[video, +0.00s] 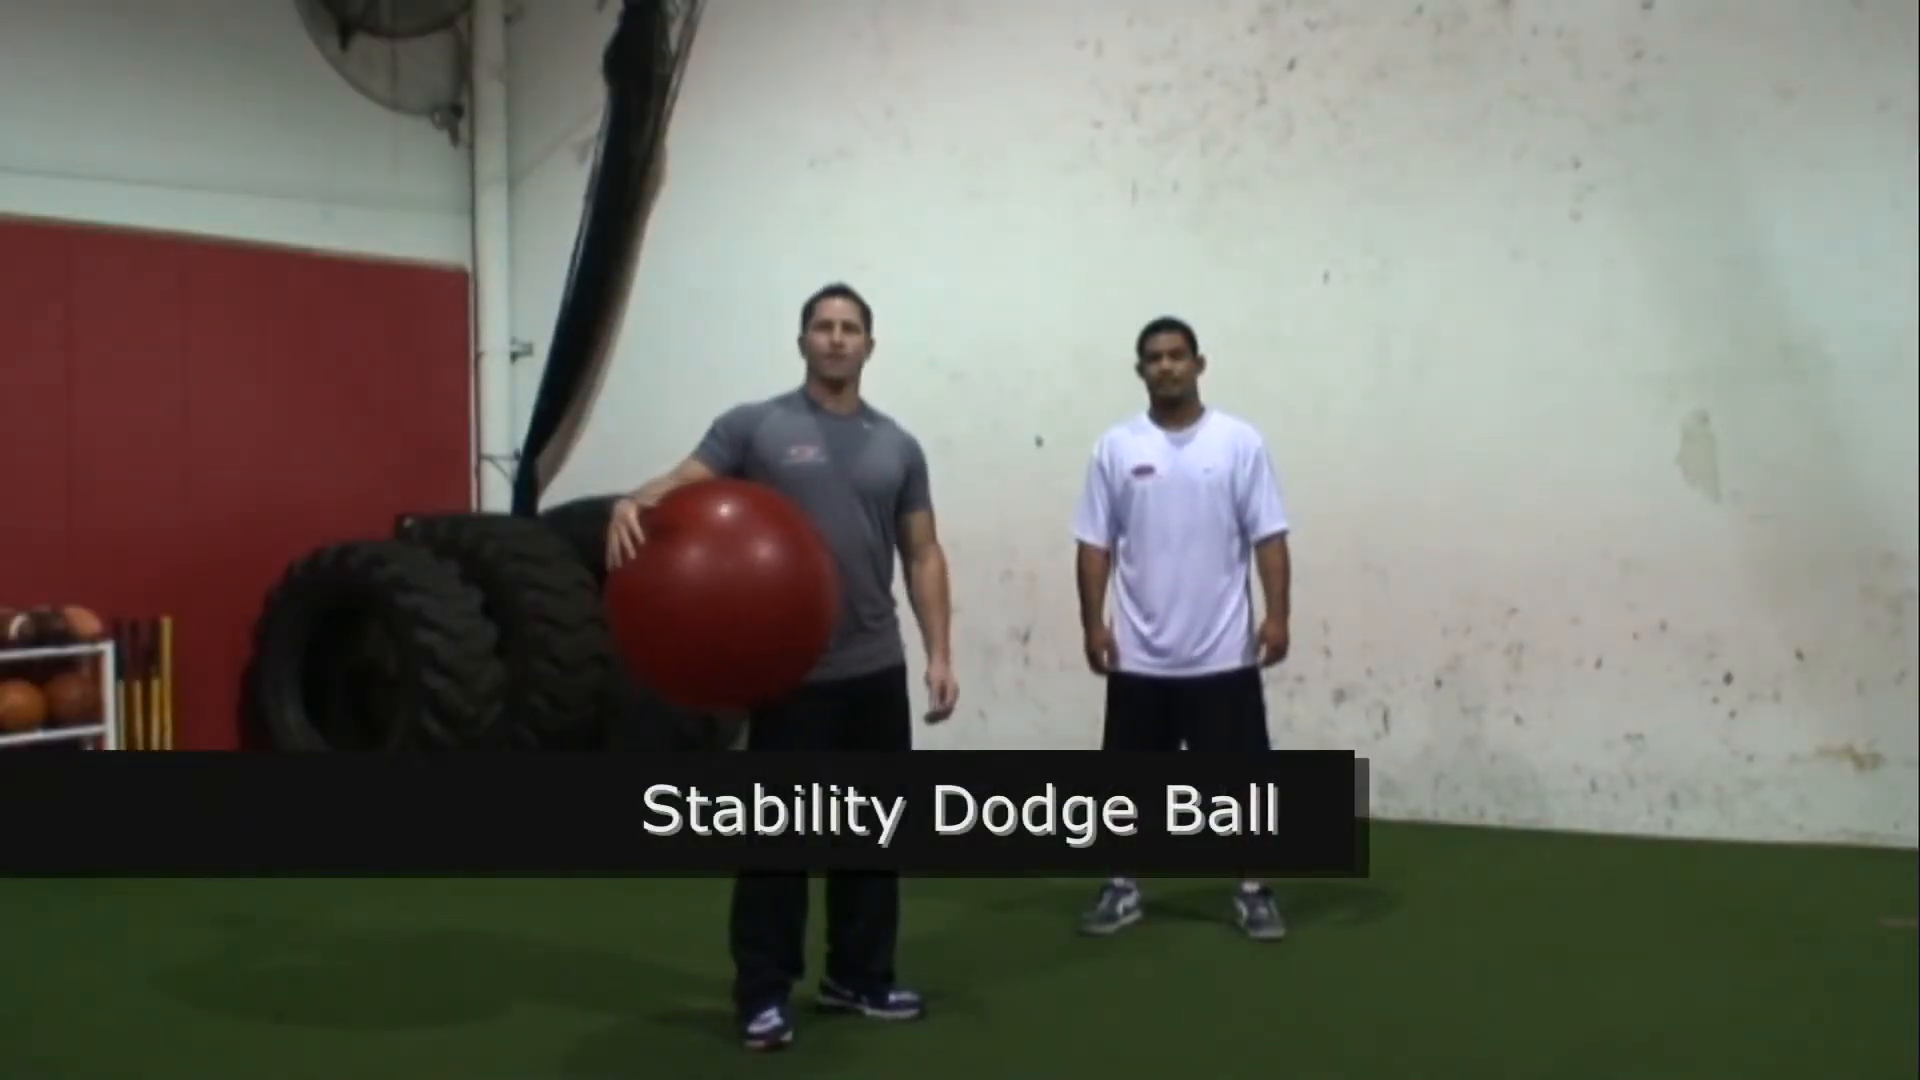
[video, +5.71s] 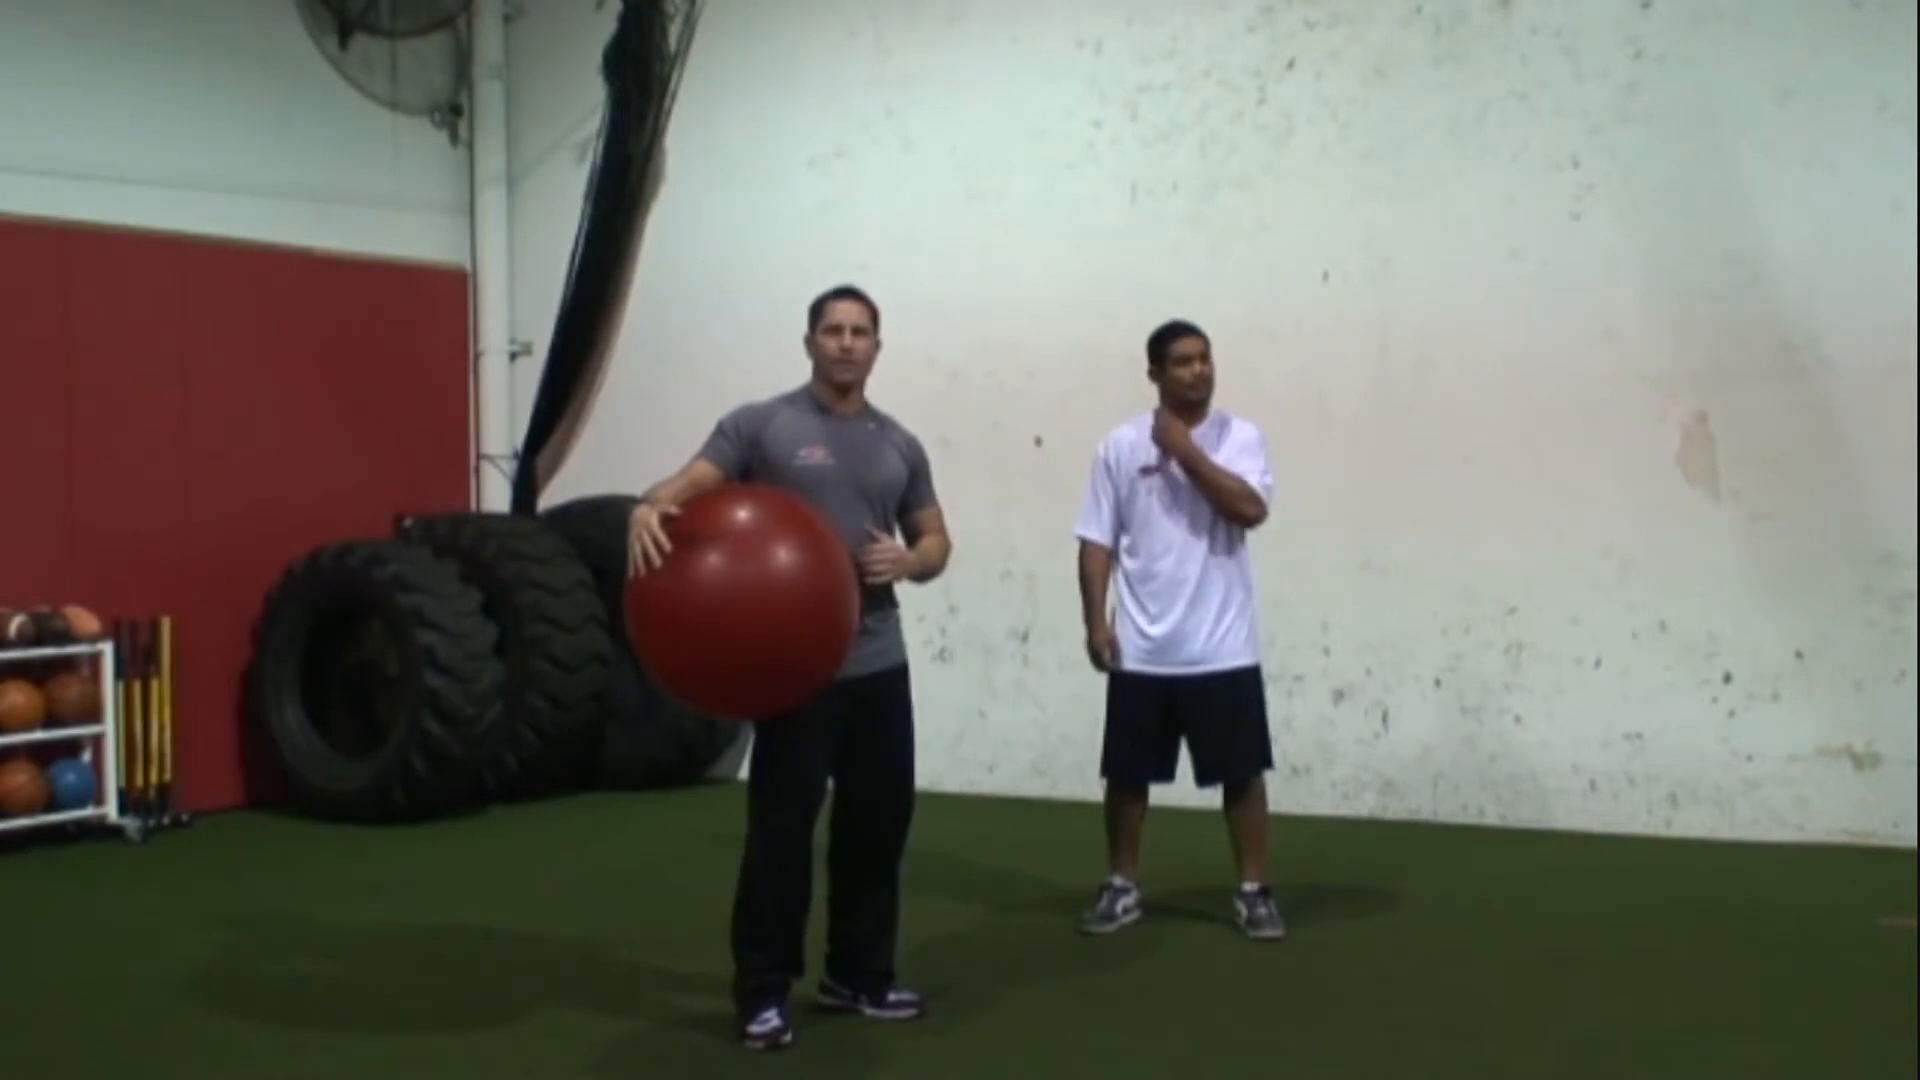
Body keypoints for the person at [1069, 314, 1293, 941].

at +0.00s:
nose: (1166, 366)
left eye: (1177, 356)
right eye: (1154, 358)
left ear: (1199, 364)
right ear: (1140, 371)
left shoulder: (1240, 442)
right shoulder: (1117, 447)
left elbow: (1269, 534)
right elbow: (1094, 540)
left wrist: (1277, 614)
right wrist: (1093, 622)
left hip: (1222, 647)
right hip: (1141, 648)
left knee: (1241, 777)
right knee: (1125, 778)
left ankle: (1252, 886)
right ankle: (1123, 883)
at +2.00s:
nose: (1165, 367)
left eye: (1176, 356)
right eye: (1153, 359)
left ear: (1198, 364)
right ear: (1140, 372)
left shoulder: (1241, 442)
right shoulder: (1116, 447)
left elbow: (1270, 533)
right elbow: (1092, 540)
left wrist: (1278, 612)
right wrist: (1090, 621)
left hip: (1222, 646)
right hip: (1140, 647)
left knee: (1245, 779)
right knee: (1124, 780)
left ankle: (1254, 889)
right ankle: (1122, 885)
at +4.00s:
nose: (1163, 368)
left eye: (1174, 357)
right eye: (1152, 360)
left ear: (1197, 365)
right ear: (1138, 372)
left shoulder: (1239, 443)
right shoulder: (1116, 449)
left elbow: (1268, 535)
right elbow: (1094, 541)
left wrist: (1274, 616)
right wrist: (1091, 622)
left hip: (1220, 645)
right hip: (1138, 646)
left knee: (1242, 776)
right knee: (1123, 777)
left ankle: (1254, 889)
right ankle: (1122, 883)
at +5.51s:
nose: (1178, 367)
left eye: (1187, 357)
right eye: (1164, 359)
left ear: (1204, 366)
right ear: (1145, 372)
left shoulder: (1245, 442)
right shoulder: (1119, 449)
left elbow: (1277, 524)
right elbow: (1095, 539)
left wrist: (1230, 548)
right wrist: (1094, 620)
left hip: (1222, 646)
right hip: (1141, 647)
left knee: (1242, 776)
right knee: (1125, 777)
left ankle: (1254, 888)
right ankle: (1122, 884)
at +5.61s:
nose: (1189, 369)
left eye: (1197, 359)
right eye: (1175, 361)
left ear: (1210, 367)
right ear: (1151, 373)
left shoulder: (1242, 440)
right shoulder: (1121, 448)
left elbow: (1268, 522)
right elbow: (1095, 539)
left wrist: (1197, 486)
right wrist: (1094, 620)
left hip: (1222, 644)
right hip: (1141, 645)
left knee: (1243, 777)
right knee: (1125, 777)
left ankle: (1254, 888)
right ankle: (1122, 883)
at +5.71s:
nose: (1196, 371)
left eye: (1202, 360)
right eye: (1182, 363)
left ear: (1214, 366)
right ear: (1156, 373)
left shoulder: (1238, 438)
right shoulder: (1122, 447)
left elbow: (1251, 508)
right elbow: (1096, 538)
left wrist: (1184, 449)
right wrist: (1097, 619)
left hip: (1222, 645)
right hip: (1141, 645)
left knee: (1243, 778)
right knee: (1126, 777)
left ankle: (1254, 888)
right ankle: (1122, 883)